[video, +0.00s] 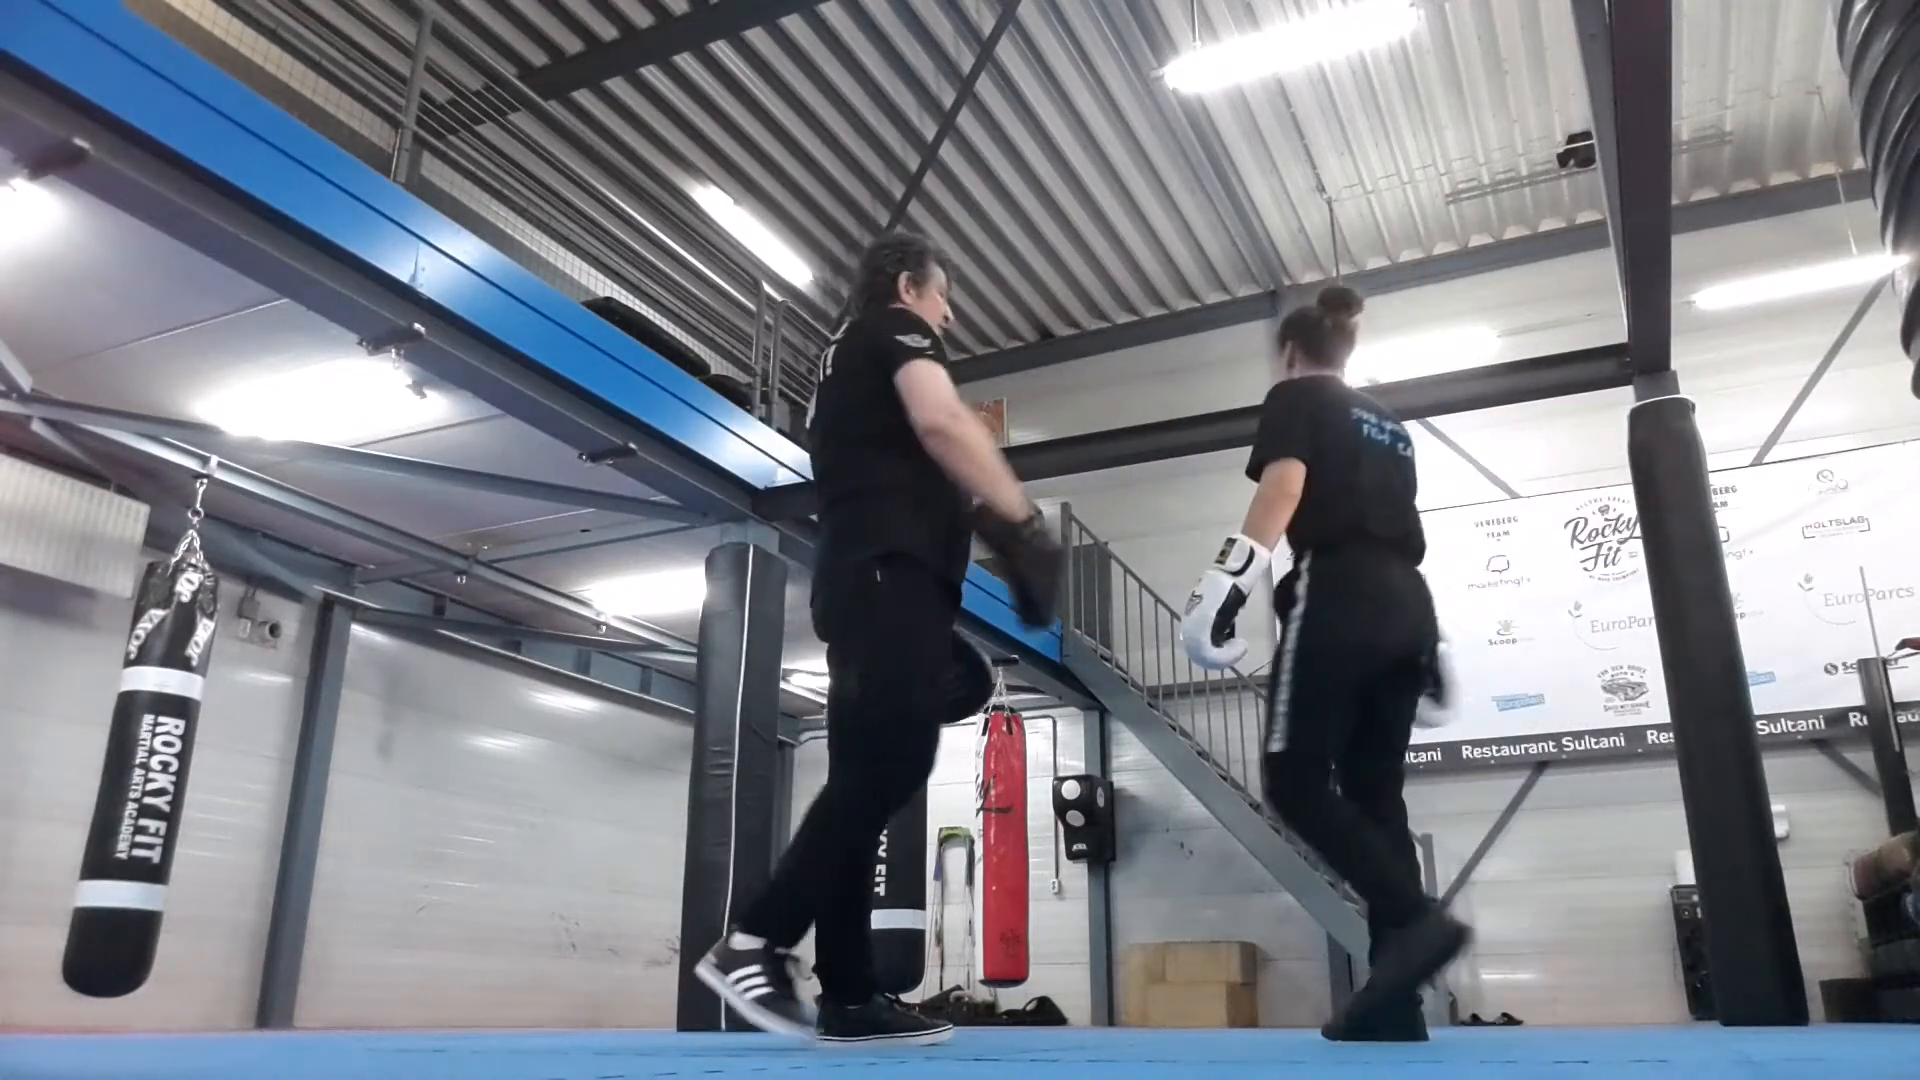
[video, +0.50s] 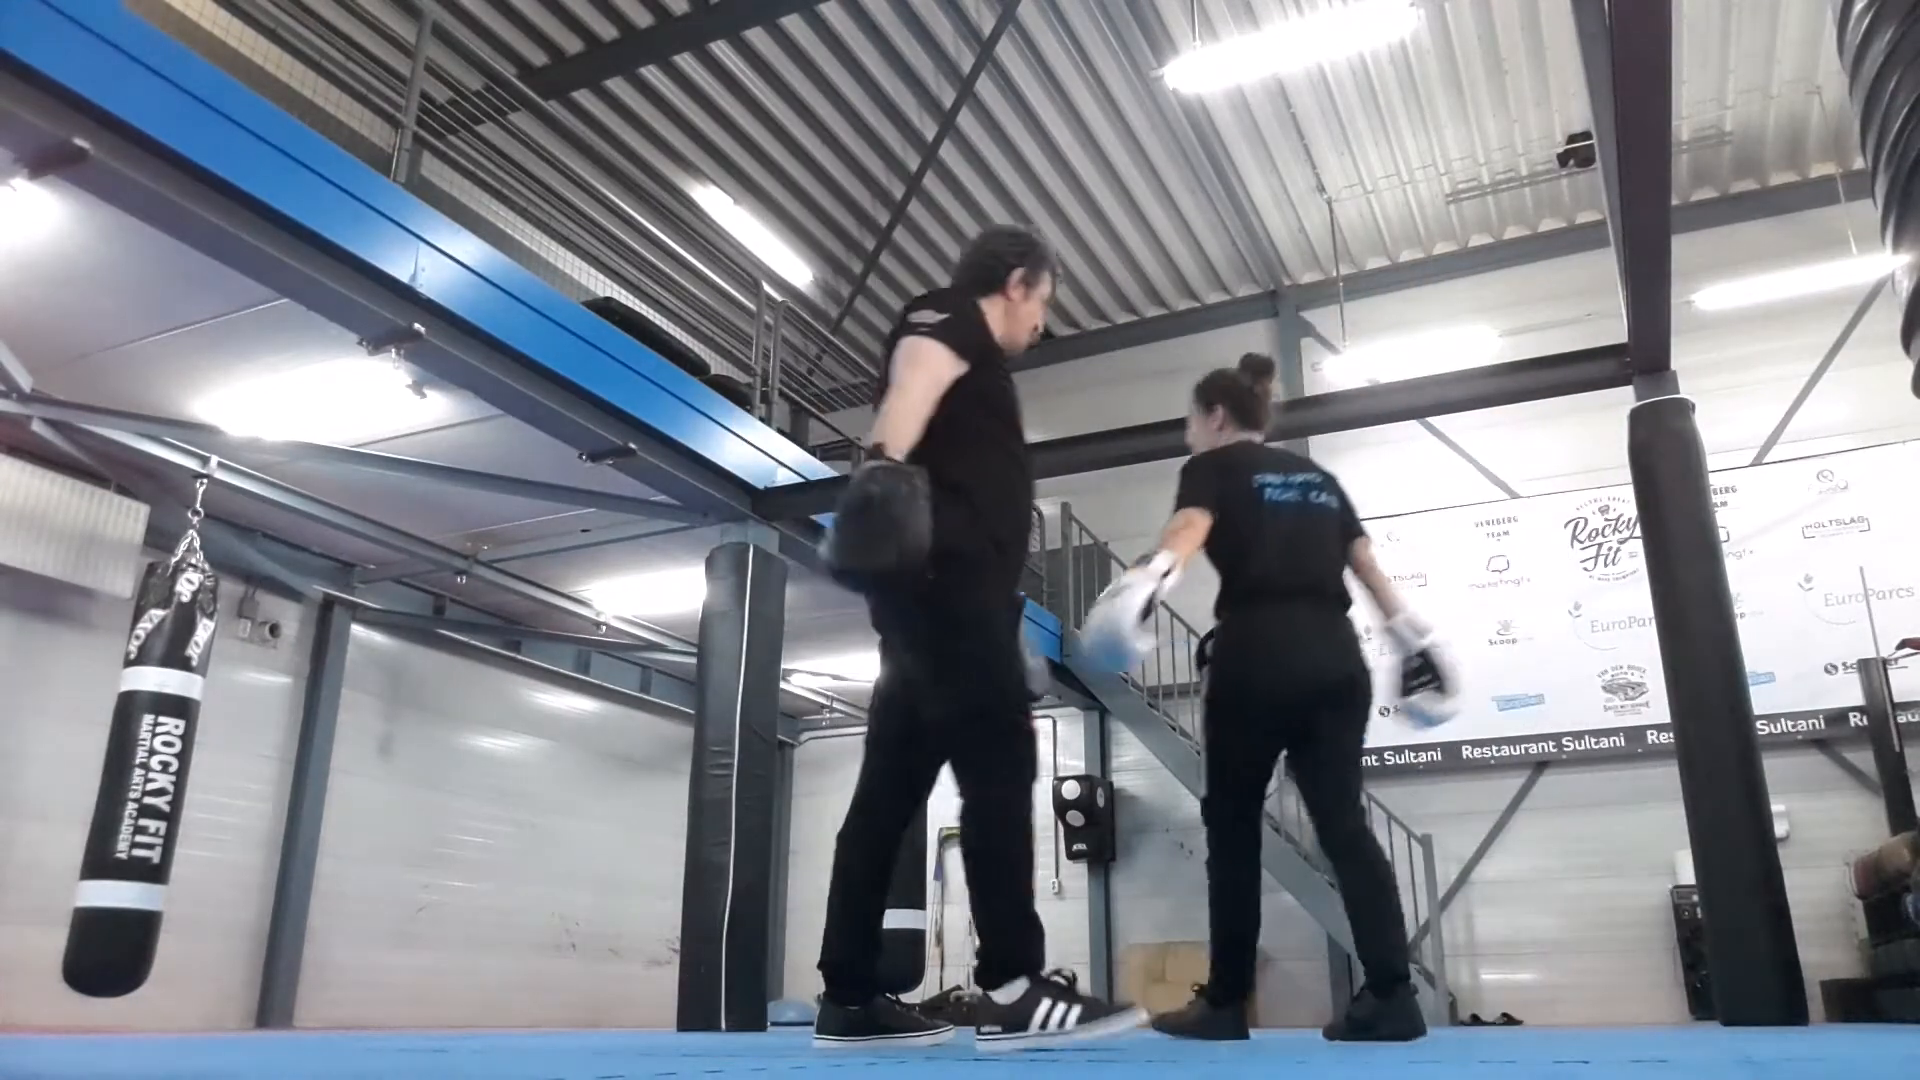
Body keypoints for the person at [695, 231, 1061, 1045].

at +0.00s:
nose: (948, 311)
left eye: (948, 298)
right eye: (943, 295)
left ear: (882, 293)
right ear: (907, 287)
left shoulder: (857, 356)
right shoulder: (894, 329)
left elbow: (904, 475)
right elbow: (941, 423)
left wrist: (972, 439)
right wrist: (1024, 523)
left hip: (864, 582)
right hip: (887, 580)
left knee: (860, 787)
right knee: (884, 773)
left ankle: (849, 995)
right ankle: (752, 946)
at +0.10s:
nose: (961, 311)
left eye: (960, 297)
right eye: (955, 294)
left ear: (899, 291)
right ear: (921, 288)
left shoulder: (862, 352)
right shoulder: (902, 329)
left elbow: (866, 478)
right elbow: (916, 423)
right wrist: (962, 528)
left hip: (867, 578)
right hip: (892, 576)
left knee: (868, 774)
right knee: (914, 755)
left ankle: (844, 987)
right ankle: (798, 950)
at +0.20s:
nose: (975, 315)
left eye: (976, 301)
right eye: (972, 298)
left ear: (918, 287)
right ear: (938, 285)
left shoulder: (887, 345)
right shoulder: (909, 334)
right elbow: (903, 414)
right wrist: (918, 512)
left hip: (881, 579)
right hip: (897, 579)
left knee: (874, 777)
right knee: (914, 759)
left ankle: (848, 978)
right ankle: (860, 981)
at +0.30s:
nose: (996, 322)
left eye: (1000, 308)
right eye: (995, 303)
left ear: (956, 290)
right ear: (961, 286)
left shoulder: (932, 364)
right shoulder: (913, 329)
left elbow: (929, 496)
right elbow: (882, 400)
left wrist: (967, 618)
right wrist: (869, 493)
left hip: (907, 591)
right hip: (909, 587)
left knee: (870, 791)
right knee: (954, 751)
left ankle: (849, 997)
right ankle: (918, 975)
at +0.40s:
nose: (1018, 328)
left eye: (1024, 316)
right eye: (1018, 311)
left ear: (985, 296)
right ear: (988, 290)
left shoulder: (967, 372)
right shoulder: (926, 323)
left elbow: (958, 491)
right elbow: (868, 429)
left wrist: (979, 595)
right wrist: (865, 503)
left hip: (939, 589)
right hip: (919, 580)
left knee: (876, 794)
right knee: (976, 760)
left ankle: (850, 996)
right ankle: (995, 970)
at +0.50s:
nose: (1043, 322)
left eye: (1047, 309)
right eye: (1044, 304)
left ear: (1001, 285)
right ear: (1013, 284)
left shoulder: (975, 351)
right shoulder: (948, 319)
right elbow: (908, 400)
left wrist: (992, 583)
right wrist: (881, 481)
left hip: (942, 597)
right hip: (952, 594)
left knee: (887, 793)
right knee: (1001, 778)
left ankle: (851, 994)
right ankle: (1012, 981)